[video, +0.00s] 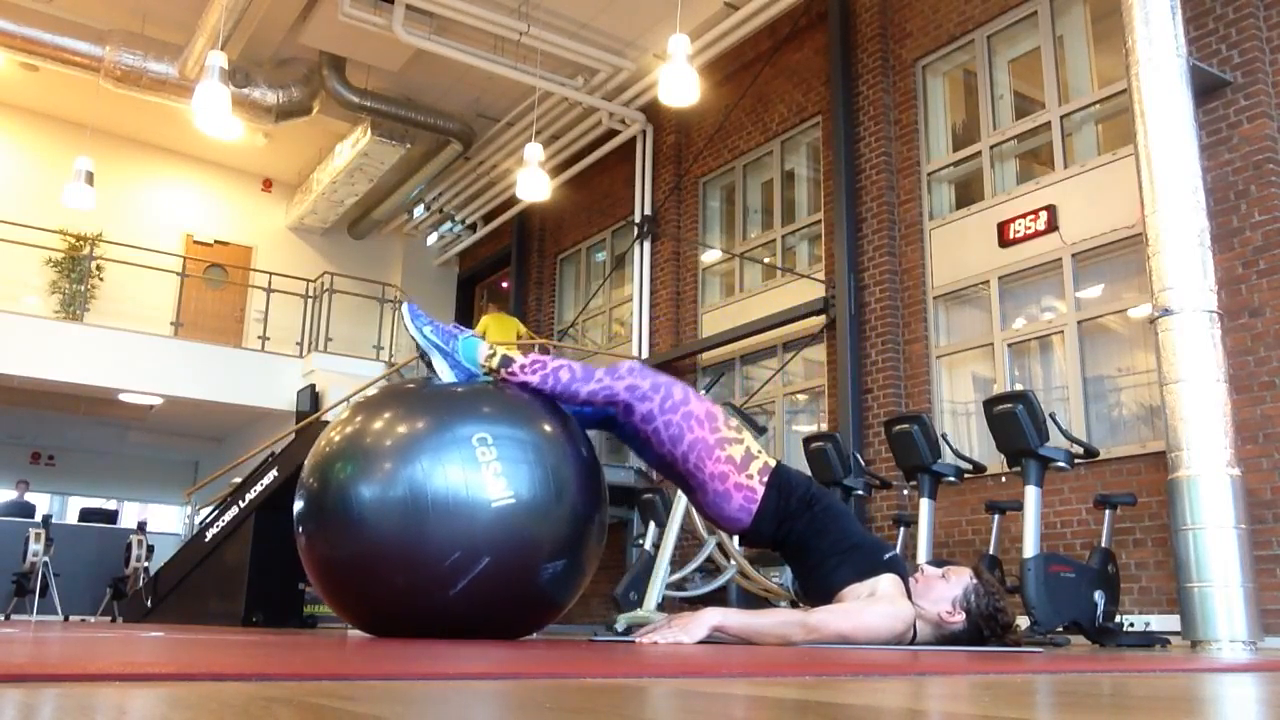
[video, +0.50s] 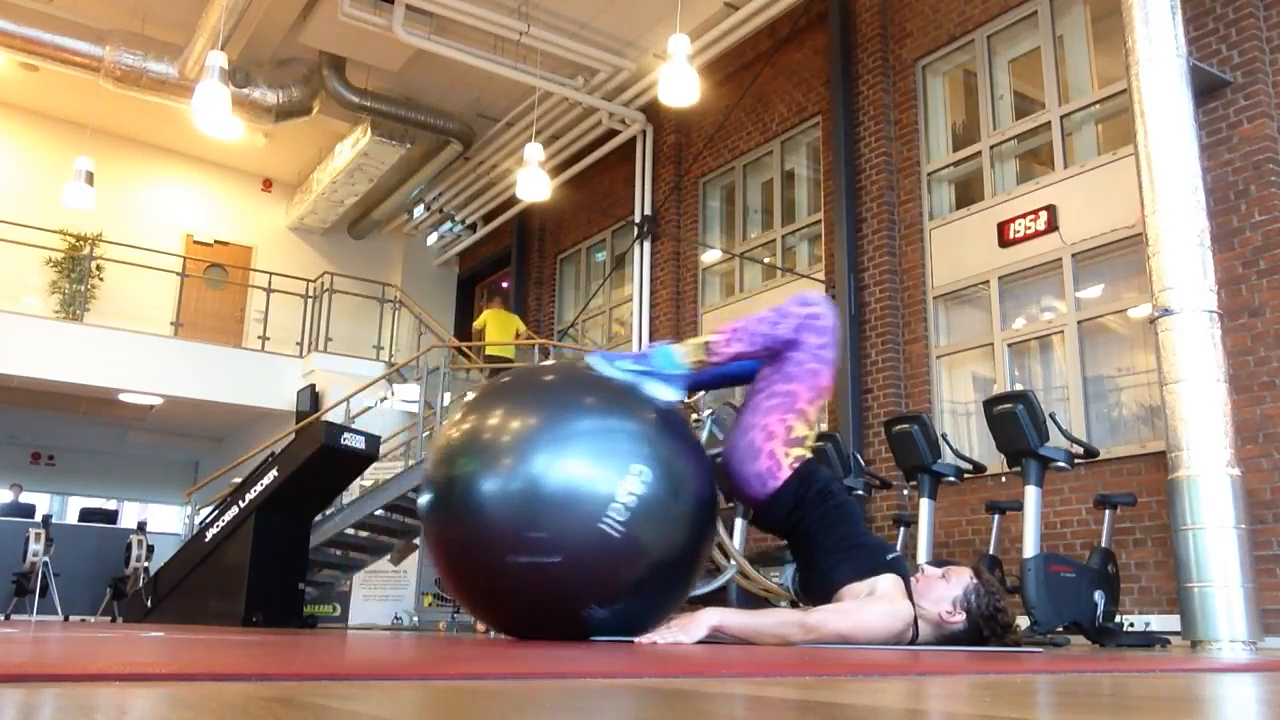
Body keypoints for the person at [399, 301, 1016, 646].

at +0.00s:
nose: (936, 571)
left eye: (949, 583)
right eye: (949, 570)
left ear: (946, 618)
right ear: (942, 592)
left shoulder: (893, 609)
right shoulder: (890, 590)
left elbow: (803, 626)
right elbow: (801, 622)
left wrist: (711, 618)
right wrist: (716, 622)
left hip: (752, 491)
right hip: (760, 478)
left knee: (636, 383)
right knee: (638, 380)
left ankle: (484, 363)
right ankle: (498, 368)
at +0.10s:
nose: (935, 568)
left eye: (949, 580)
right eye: (948, 569)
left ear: (947, 616)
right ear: (943, 598)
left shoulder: (892, 609)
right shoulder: (890, 593)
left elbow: (804, 626)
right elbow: (802, 622)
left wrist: (710, 619)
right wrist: (714, 623)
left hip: (749, 492)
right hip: (760, 481)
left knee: (650, 364)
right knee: (654, 360)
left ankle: (490, 363)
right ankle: (520, 373)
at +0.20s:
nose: (934, 569)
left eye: (946, 581)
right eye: (946, 569)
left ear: (945, 617)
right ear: (939, 601)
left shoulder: (892, 607)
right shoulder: (891, 595)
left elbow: (803, 627)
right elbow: (803, 623)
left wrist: (709, 619)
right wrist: (712, 621)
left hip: (745, 489)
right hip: (757, 484)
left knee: (677, 337)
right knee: (679, 346)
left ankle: (523, 364)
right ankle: (535, 372)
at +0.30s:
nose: (937, 568)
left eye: (947, 579)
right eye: (950, 569)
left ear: (944, 615)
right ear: (943, 602)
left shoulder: (888, 613)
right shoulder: (894, 598)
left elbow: (793, 630)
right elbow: (797, 624)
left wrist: (708, 621)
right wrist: (713, 619)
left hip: (745, 485)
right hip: (763, 476)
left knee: (716, 324)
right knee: (719, 331)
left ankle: (570, 367)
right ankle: (586, 377)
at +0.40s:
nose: (937, 565)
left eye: (948, 578)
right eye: (948, 567)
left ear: (944, 614)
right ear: (936, 587)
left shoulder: (891, 614)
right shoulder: (897, 600)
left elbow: (801, 627)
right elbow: (796, 624)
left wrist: (713, 620)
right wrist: (711, 619)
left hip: (750, 479)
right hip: (768, 479)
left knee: (765, 314)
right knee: (766, 327)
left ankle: (625, 364)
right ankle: (630, 376)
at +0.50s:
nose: (934, 565)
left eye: (947, 575)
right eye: (948, 566)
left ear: (948, 613)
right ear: (945, 614)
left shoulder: (891, 611)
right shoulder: (906, 612)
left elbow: (803, 627)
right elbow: (807, 625)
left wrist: (712, 618)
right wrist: (717, 623)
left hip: (765, 471)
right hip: (784, 483)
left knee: (814, 311)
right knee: (812, 326)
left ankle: (674, 368)